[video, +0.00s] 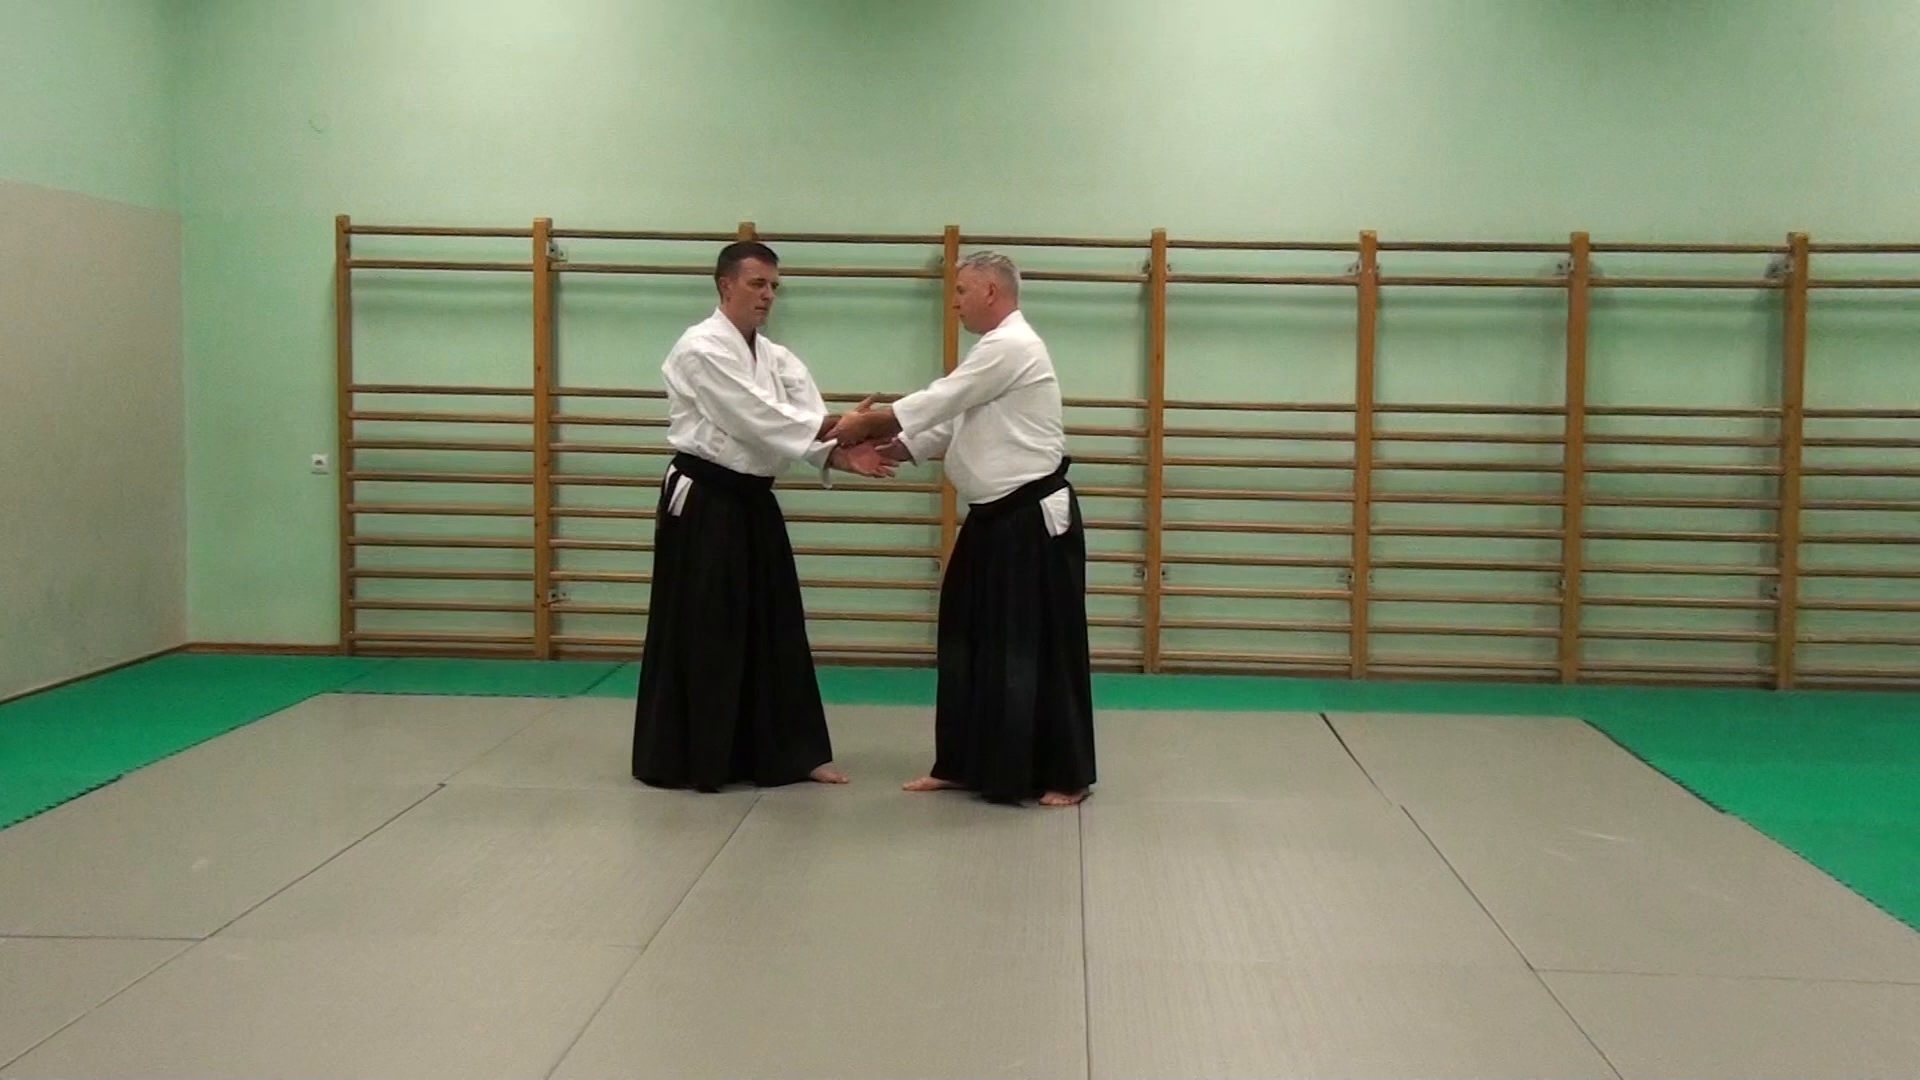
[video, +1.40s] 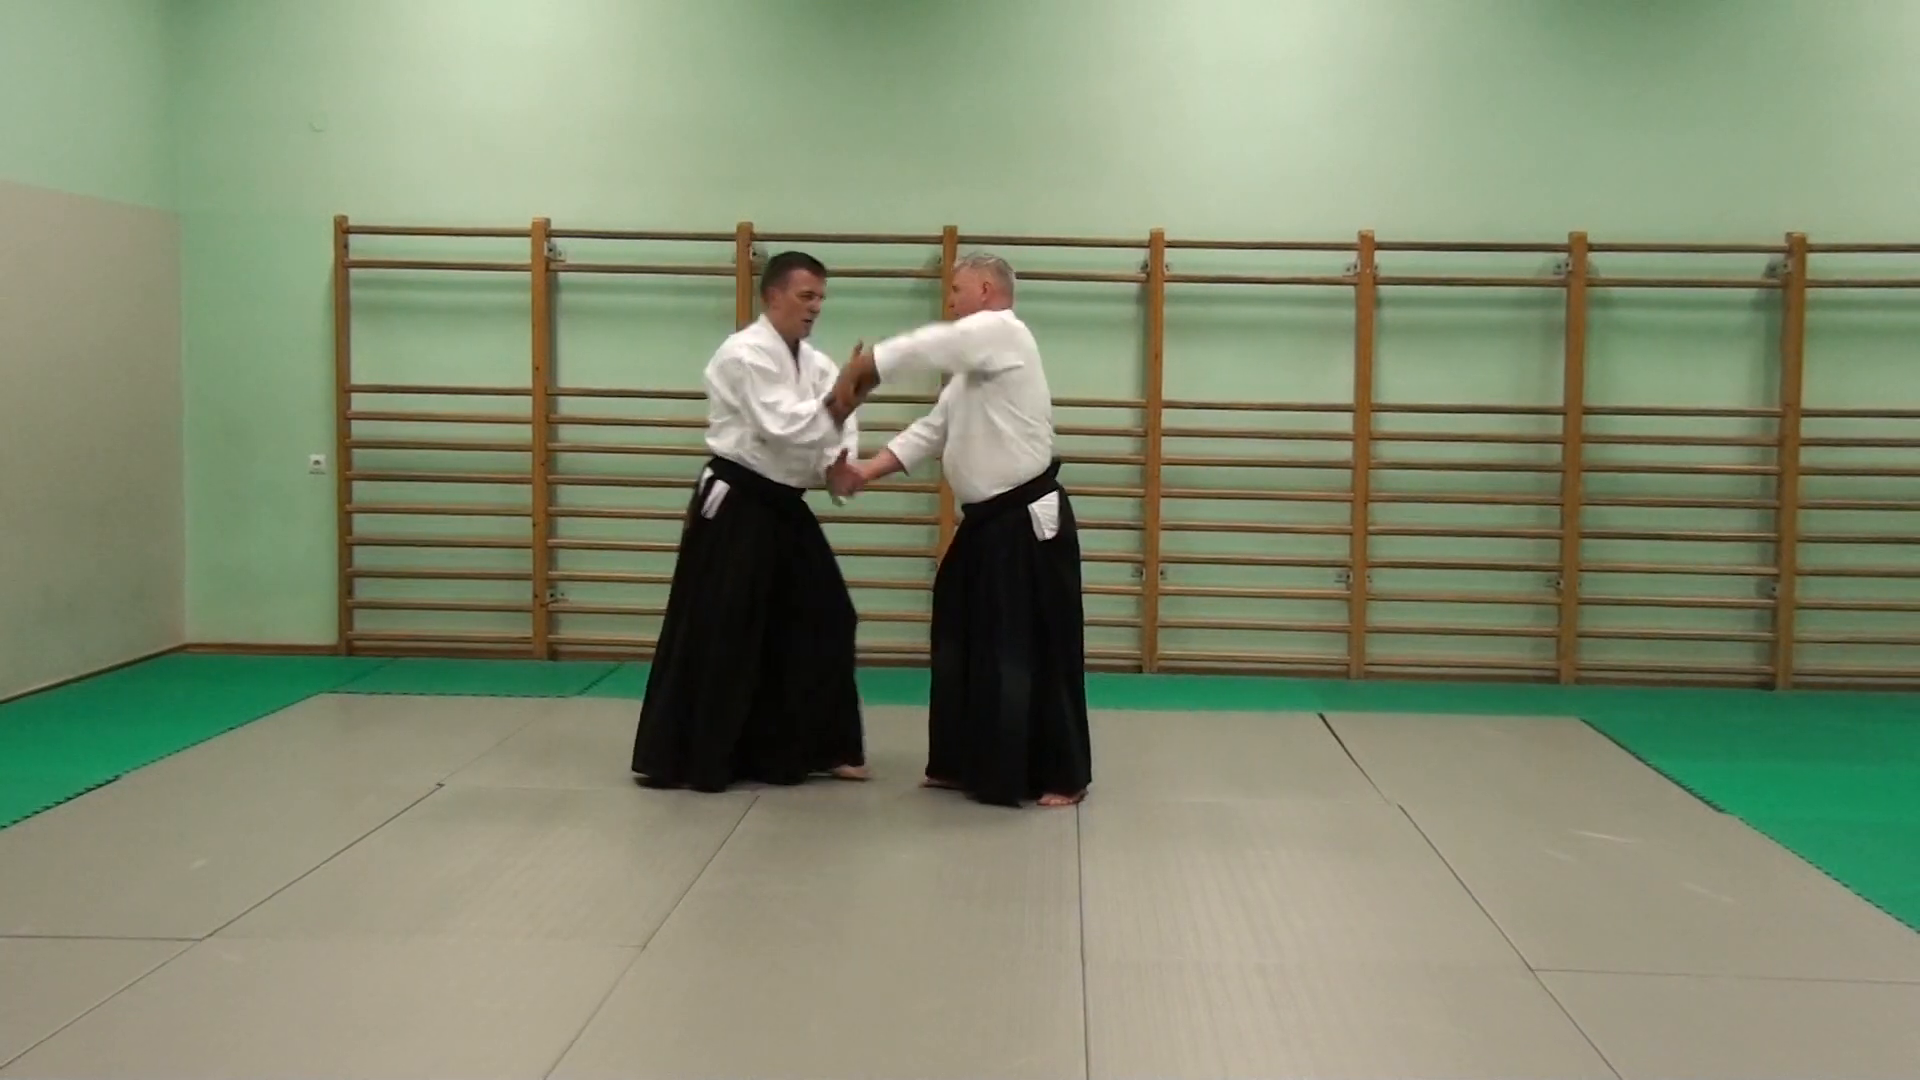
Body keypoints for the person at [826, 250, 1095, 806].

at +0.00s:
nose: (956, 304)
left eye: (962, 292)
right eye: (956, 294)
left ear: (993, 290)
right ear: (992, 291)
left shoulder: (1012, 345)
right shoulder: (993, 350)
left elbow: (939, 400)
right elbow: (949, 431)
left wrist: (865, 419)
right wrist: (890, 449)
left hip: (1034, 515)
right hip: (988, 517)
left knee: (1045, 646)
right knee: (963, 639)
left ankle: (1066, 775)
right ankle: (961, 765)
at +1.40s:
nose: (950, 301)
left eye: (956, 289)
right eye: (950, 292)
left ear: (987, 289)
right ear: (984, 291)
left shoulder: (1001, 330)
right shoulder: (972, 356)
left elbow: (938, 343)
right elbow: (934, 427)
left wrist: (869, 364)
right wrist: (870, 468)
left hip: (1028, 518)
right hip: (982, 521)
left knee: (1042, 645)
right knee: (956, 635)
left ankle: (1061, 774)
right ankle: (960, 762)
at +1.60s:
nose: (964, 311)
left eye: (974, 301)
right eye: (967, 302)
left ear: (995, 308)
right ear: (977, 310)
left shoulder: (996, 341)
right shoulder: (969, 369)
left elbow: (942, 268)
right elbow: (953, 469)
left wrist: (910, 299)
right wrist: (904, 526)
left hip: (1004, 513)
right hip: (982, 517)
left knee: (969, 641)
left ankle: (1011, 770)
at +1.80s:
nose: (997, 310)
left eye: (1005, 306)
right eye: (1008, 307)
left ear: (1005, 317)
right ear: (1024, 334)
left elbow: (942, 253)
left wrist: (923, 253)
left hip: (952, 488)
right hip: (999, 497)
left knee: (925, 626)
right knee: (965, 626)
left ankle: (954, 770)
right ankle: (960, 762)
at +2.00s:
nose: (1042, 373)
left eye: (1046, 371)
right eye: (1047, 370)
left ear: (1030, 372)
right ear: (1049, 408)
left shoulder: (971, 358)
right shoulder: (1018, 447)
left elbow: (944, 287)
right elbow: (975, 529)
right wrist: (939, 575)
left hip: (859, 487)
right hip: (922, 510)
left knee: (835, 634)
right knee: (950, 642)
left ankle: (841, 776)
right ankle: (952, 779)